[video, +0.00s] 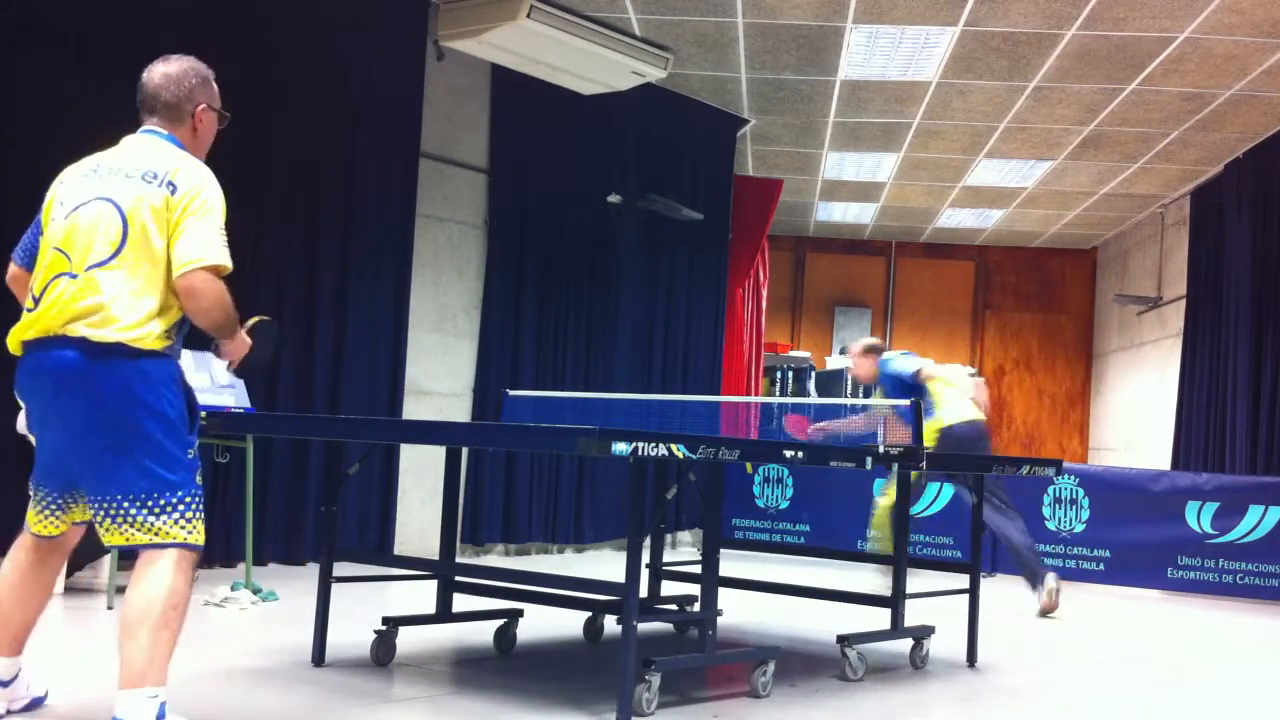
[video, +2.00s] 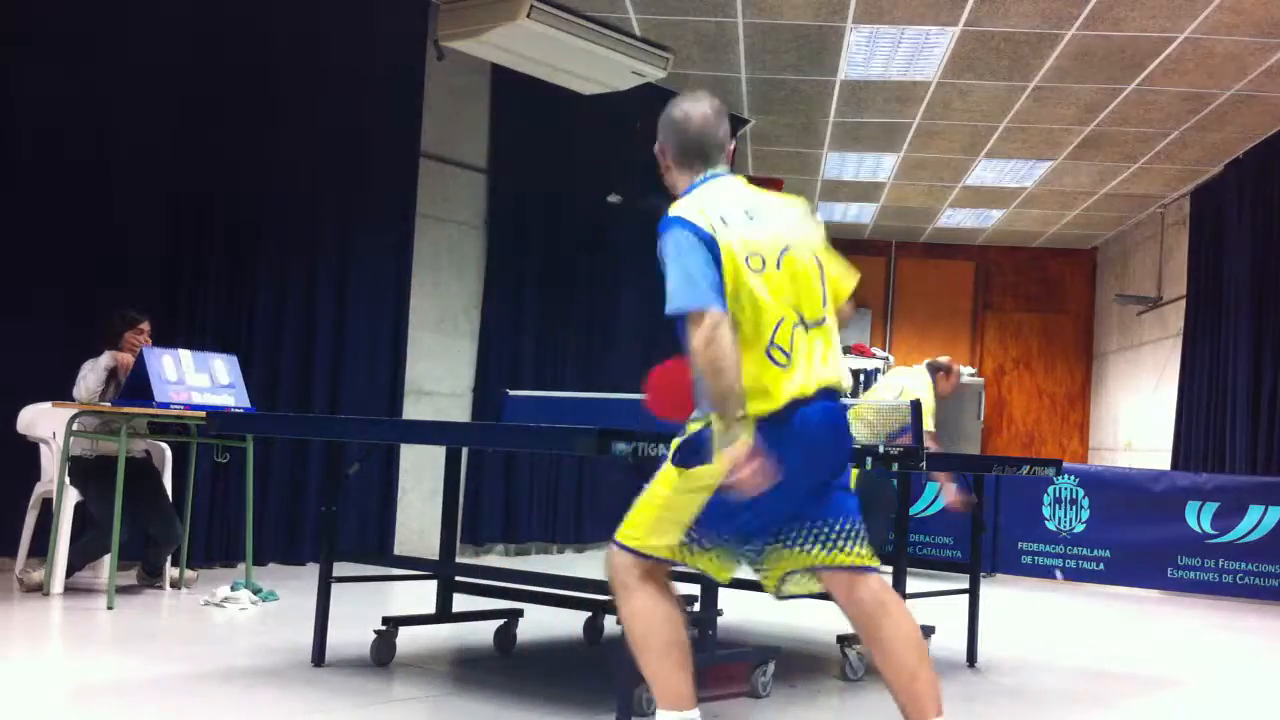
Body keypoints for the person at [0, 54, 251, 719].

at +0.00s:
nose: (216, 127)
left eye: (217, 115)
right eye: (216, 115)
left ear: (145, 112)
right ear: (199, 116)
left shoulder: (77, 172)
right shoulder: (193, 180)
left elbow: (20, 272)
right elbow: (197, 283)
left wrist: (75, 323)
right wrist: (230, 335)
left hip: (45, 366)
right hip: (129, 369)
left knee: (49, 527)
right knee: (171, 541)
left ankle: (1, 675)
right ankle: (140, 710)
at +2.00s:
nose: (657, 163)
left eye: (656, 154)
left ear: (663, 157)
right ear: (730, 148)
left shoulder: (689, 220)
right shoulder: (793, 210)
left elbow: (709, 325)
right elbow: (841, 299)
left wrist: (731, 431)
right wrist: (768, 356)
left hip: (752, 425)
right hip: (825, 416)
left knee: (633, 563)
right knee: (858, 579)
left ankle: (678, 714)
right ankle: (929, 713)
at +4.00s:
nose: (226, 119)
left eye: (226, 107)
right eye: (221, 105)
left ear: (151, 98)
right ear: (190, 98)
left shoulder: (88, 156)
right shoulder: (214, 160)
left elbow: (98, 157)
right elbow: (223, 258)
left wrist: (131, 119)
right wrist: (244, 357)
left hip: (99, 365)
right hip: (183, 368)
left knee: (84, 521)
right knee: (171, 532)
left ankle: (13, 666)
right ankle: (154, 690)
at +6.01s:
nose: (252, 66)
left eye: (246, 53)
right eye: (237, 54)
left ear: (188, 64)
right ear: (194, 63)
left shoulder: (142, 124)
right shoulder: (180, 130)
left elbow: (136, 252)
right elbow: (253, 202)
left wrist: (220, 290)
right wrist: (367, 179)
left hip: (99, 352)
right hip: (153, 354)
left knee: (86, 534)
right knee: (171, 542)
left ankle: (4, 658)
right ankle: (147, 708)